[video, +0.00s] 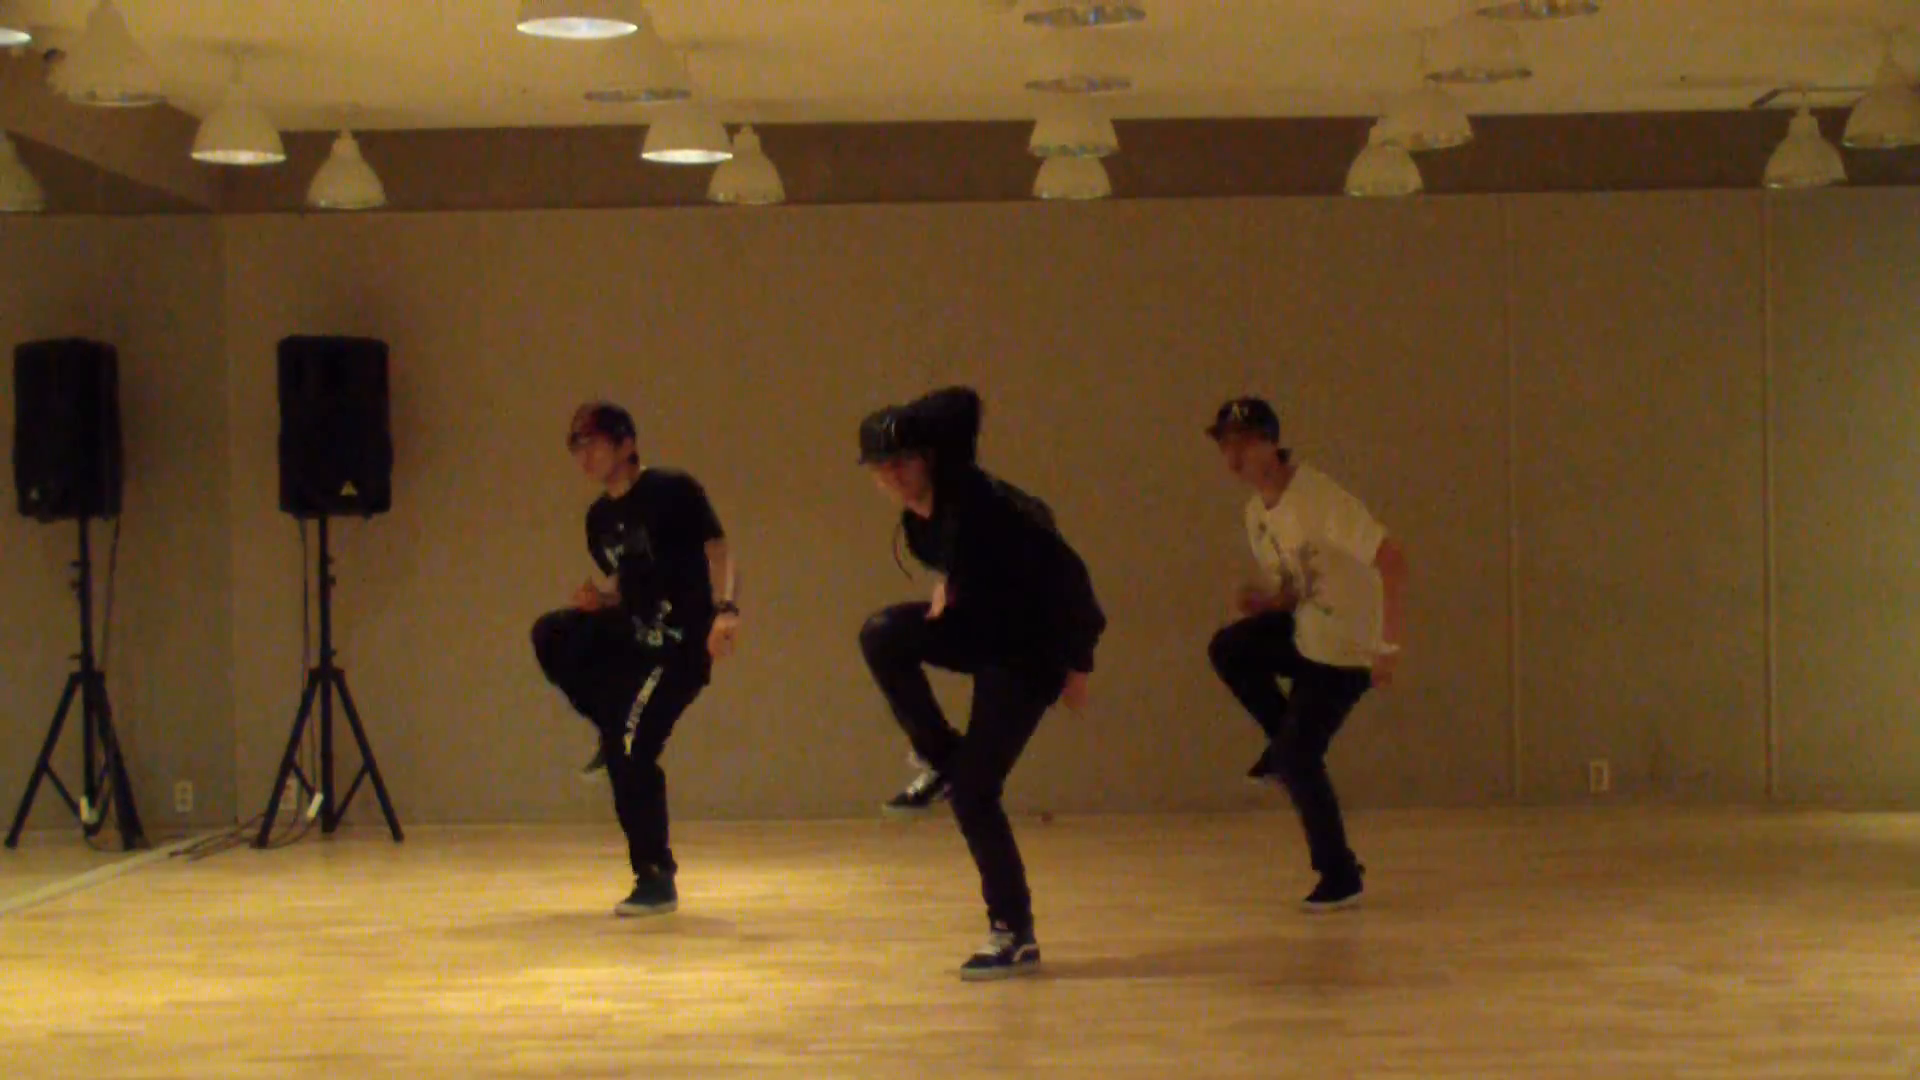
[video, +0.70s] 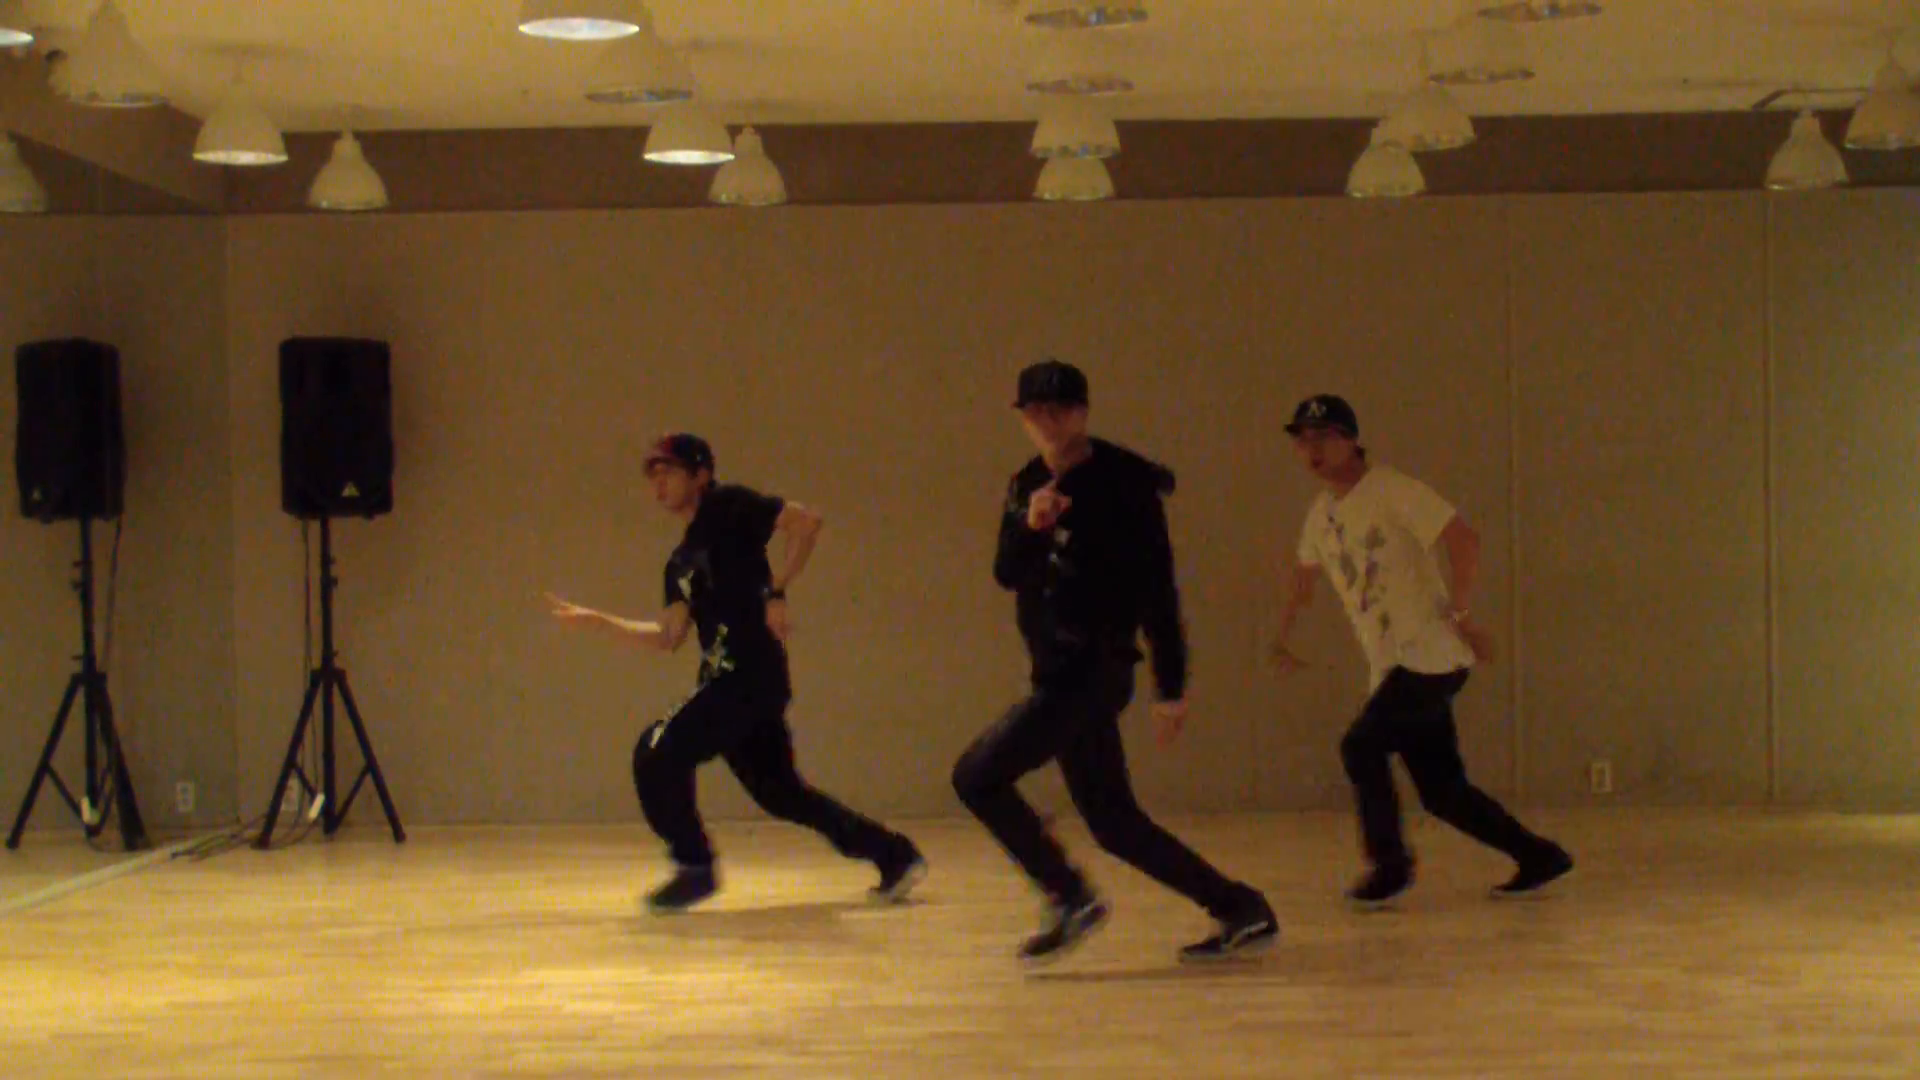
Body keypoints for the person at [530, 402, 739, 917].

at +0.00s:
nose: (581, 455)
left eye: (589, 444)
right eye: (576, 446)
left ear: (624, 445)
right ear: (579, 455)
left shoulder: (674, 490)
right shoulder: (601, 517)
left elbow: (717, 548)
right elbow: (622, 585)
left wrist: (725, 608)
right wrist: (600, 596)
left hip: (681, 640)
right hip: (632, 633)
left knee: (630, 745)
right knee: (553, 633)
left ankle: (655, 875)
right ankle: (614, 729)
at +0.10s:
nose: (582, 469)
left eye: (591, 458)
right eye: (578, 460)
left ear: (624, 456)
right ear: (578, 466)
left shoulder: (673, 492)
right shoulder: (608, 518)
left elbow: (731, 545)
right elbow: (627, 587)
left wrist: (735, 614)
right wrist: (605, 591)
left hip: (684, 643)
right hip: (638, 633)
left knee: (627, 746)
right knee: (557, 631)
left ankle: (654, 876)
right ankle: (597, 735)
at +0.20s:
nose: (589, 481)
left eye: (596, 469)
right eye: (584, 473)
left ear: (630, 465)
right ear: (594, 478)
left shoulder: (666, 486)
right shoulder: (637, 535)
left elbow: (736, 522)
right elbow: (603, 608)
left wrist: (741, 600)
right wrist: (581, 583)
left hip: (695, 648)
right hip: (648, 638)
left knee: (629, 758)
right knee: (553, 648)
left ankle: (654, 878)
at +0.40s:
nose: (612, 498)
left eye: (618, 485)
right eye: (606, 489)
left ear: (650, 479)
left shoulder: (685, 491)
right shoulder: (658, 558)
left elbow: (761, 509)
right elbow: (603, 627)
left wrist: (749, 588)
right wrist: (547, 589)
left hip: (711, 662)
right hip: (671, 653)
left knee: (629, 763)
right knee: (599, 704)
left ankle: (655, 879)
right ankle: (513, 751)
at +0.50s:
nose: (620, 497)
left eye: (628, 484)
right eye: (616, 488)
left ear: (661, 480)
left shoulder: (691, 494)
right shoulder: (664, 562)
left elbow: (769, 509)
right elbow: (613, 634)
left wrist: (755, 585)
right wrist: (551, 598)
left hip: (722, 665)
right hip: (689, 660)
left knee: (637, 762)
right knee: (636, 719)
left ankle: (656, 878)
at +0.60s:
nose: (632, 487)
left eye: (641, 476)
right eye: (629, 478)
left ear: (675, 476)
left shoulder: (705, 494)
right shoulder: (674, 562)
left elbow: (784, 507)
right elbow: (627, 637)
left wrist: (770, 583)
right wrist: (551, 604)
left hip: (738, 669)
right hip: (707, 676)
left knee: (653, 756)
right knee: (698, 771)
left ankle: (656, 879)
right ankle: (791, 832)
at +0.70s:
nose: (657, 486)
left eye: (666, 473)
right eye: (653, 476)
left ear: (699, 474)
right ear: (662, 483)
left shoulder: (729, 505)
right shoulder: (682, 559)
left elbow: (805, 523)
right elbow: (669, 636)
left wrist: (779, 590)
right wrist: (597, 619)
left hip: (750, 677)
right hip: (734, 683)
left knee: (659, 753)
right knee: (778, 791)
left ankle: (695, 868)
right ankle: (893, 854)